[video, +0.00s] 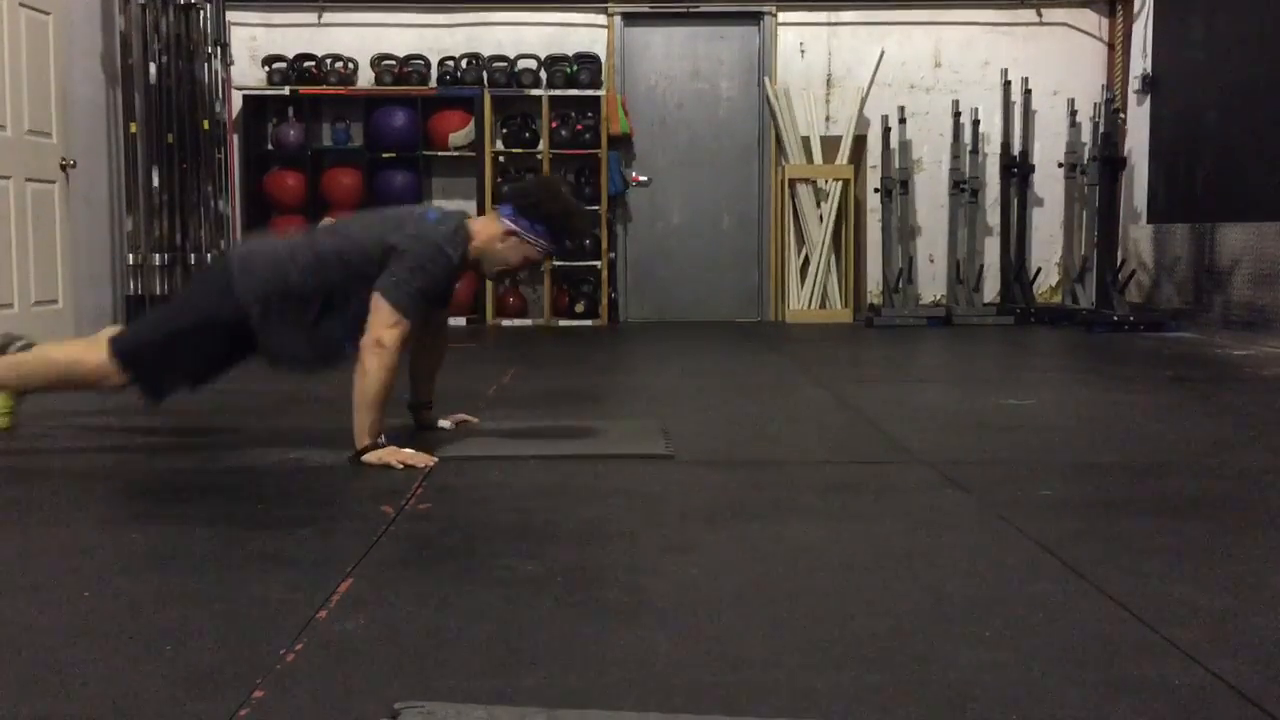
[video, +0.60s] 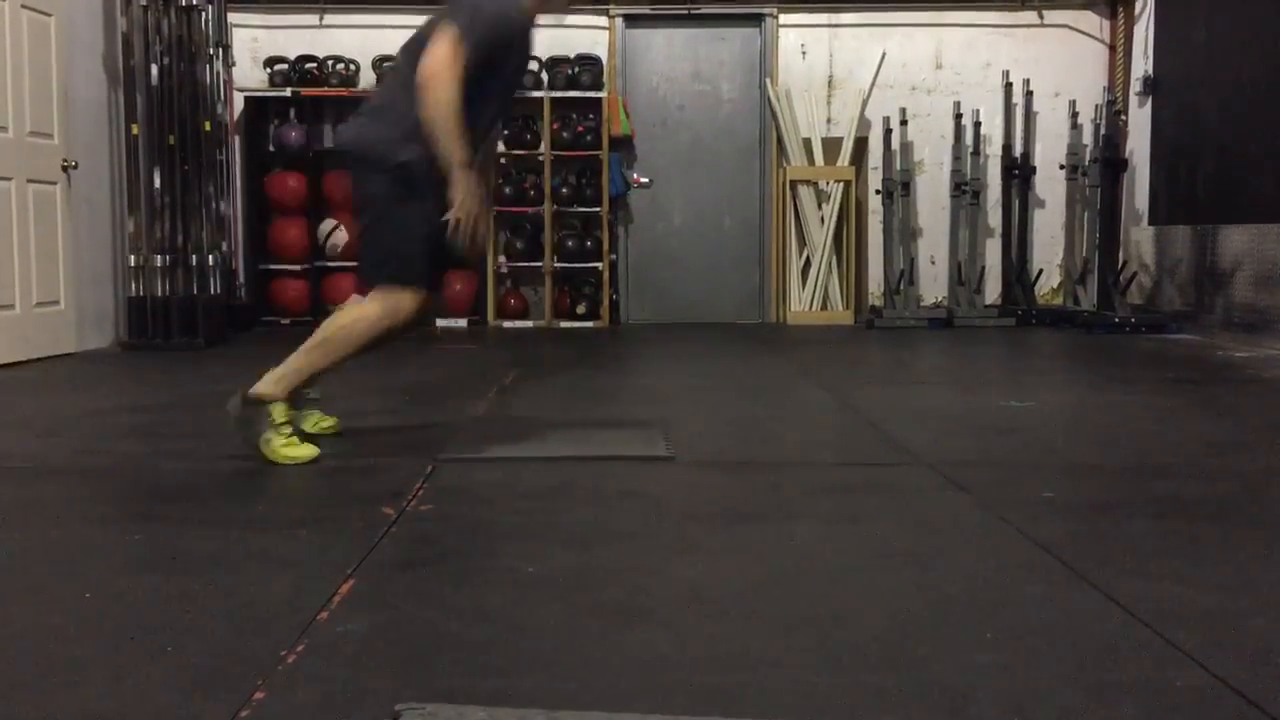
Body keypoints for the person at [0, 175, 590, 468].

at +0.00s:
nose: (525, 270)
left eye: (535, 262)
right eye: (530, 256)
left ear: (508, 229)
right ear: (506, 226)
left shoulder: (452, 243)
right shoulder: (434, 242)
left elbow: (430, 331)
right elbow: (381, 338)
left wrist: (421, 417)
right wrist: (367, 444)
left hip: (257, 292)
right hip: (247, 291)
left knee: (120, 356)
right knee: (113, 362)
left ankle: (11, 376)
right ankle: (7, 376)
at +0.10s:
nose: (518, 280)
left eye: (529, 275)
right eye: (525, 267)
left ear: (511, 237)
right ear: (508, 233)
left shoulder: (459, 237)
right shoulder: (437, 232)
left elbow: (431, 329)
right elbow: (384, 335)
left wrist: (422, 418)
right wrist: (369, 442)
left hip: (277, 230)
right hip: (249, 209)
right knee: (180, 336)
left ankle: (88, 360)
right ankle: (18, 361)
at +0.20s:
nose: (492, 270)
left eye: (503, 266)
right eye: (499, 259)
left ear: (490, 231)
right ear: (483, 226)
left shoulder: (439, 225)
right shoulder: (408, 222)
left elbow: (418, 319)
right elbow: (373, 335)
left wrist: (422, 406)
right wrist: (369, 442)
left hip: (288, 168)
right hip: (245, 159)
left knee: (321, 305)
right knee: (280, 301)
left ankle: (209, 363)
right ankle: (147, 378)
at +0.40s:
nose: (527, 188)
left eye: (534, 178)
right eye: (530, 174)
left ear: (501, 153)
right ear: (502, 152)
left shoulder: (452, 190)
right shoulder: (430, 172)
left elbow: (433, 291)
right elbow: (395, 281)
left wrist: (440, 379)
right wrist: (401, 389)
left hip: (292, 203)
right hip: (261, 198)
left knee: (372, 315)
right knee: (355, 307)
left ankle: (276, 401)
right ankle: (245, 421)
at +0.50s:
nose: (554, 102)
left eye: (558, 88)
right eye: (553, 85)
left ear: (529, 72)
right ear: (525, 69)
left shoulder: (479, 132)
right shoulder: (460, 108)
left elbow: (459, 229)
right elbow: (412, 187)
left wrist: (462, 314)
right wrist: (428, 300)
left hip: (338, 196)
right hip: (306, 189)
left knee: (397, 315)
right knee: (379, 317)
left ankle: (283, 400)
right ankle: (252, 413)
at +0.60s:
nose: (567, 5)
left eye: (567, 4)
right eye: (567, 1)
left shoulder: (512, 27)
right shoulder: (496, 10)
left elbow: (473, 126)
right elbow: (437, 67)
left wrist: (474, 187)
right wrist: (460, 172)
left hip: (411, 160)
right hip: (391, 156)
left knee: (408, 298)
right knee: (399, 297)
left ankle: (291, 391)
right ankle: (266, 394)